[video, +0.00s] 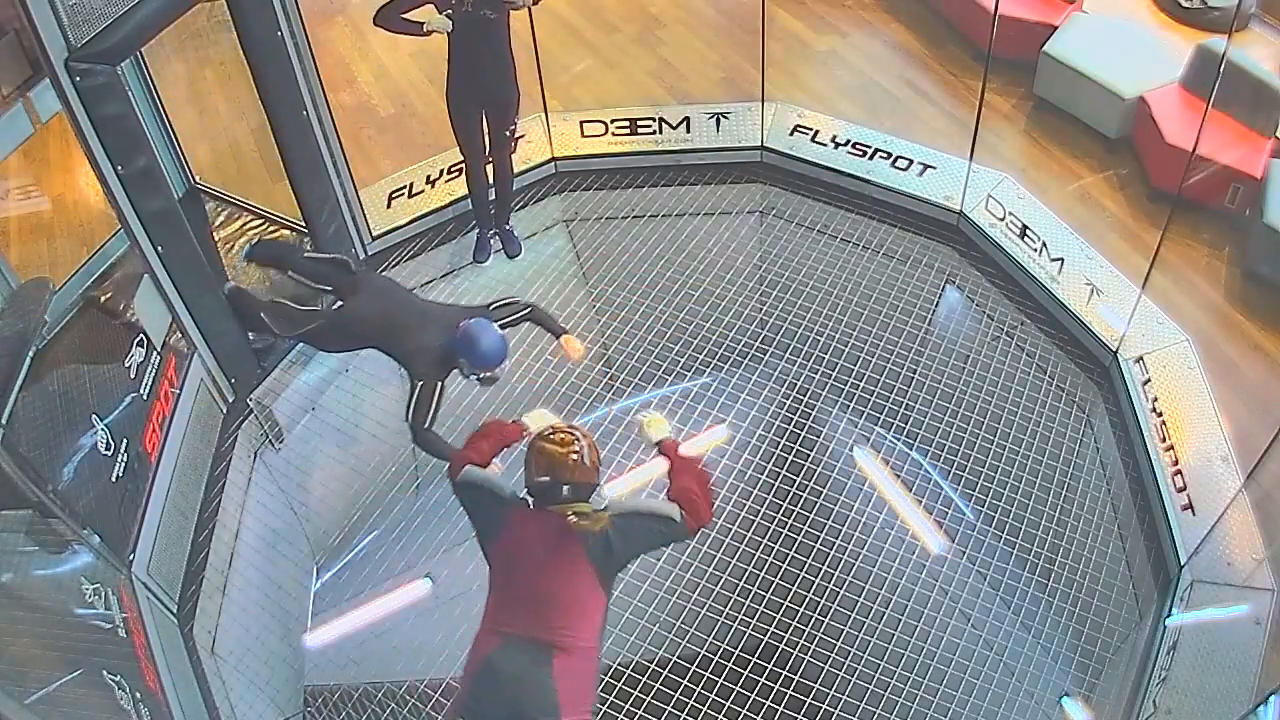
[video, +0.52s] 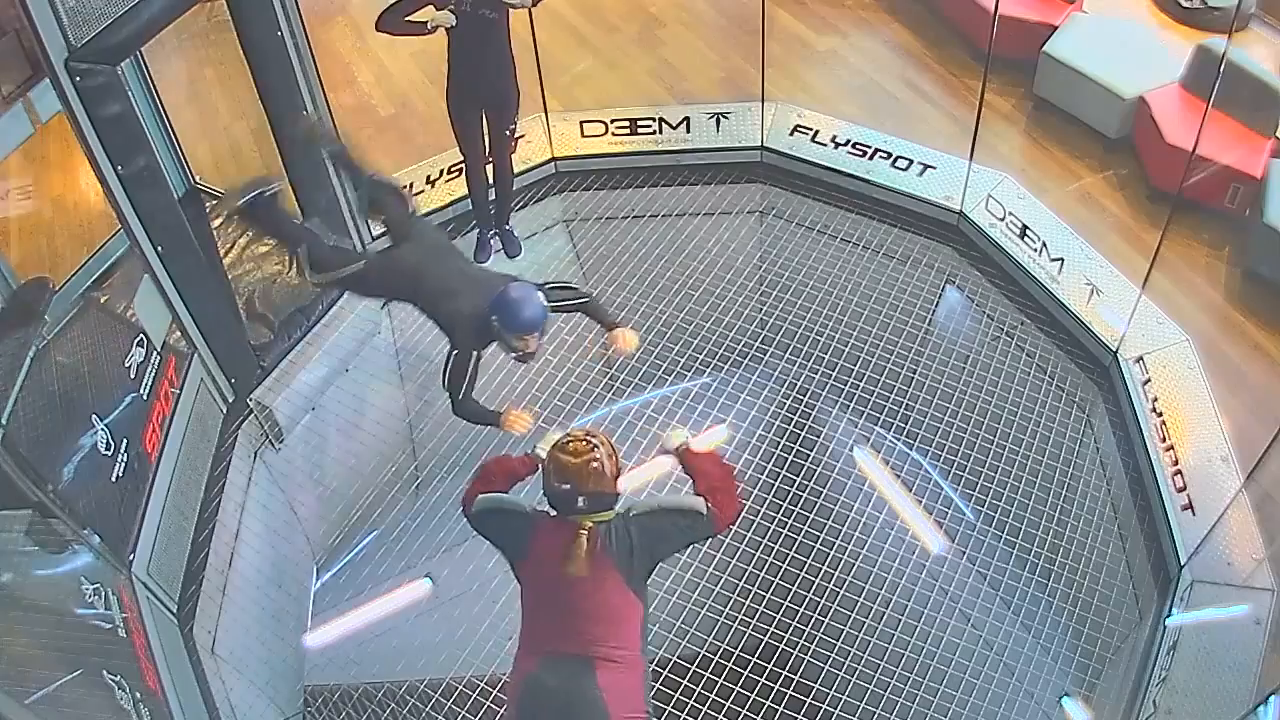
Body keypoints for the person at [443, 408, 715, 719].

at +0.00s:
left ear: (531, 478)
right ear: (594, 483)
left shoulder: (504, 519)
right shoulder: (609, 534)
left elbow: (464, 463)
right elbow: (694, 513)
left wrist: (515, 427)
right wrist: (674, 448)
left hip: (490, 677)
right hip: (563, 688)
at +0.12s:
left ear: (536, 482)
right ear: (602, 483)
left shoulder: (512, 525)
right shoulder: (617, 538)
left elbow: (460, 482)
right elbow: (704, 522)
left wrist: (505, 445)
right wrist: (660, 471)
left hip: (503, 687)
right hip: (579, 693)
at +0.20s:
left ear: (541, 484)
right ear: (606, 487)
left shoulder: (515, 527)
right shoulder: (623, 537)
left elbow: (462, 494)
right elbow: (712, 519)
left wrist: (514, 460)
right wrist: (653, 480)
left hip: (511, 691)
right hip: (587, 693)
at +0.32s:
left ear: (546, 484)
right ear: (614, 486)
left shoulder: (521, 528)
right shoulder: (632, 535)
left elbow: (468, 499)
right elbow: (715, 515)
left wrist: (533, 472)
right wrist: (658, 470)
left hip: (522, 691)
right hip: (600, 695)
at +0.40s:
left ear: (546, 484)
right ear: (613, 486)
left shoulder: (524, 530)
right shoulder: (631, 535)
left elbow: (476, 498)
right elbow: (719, 510)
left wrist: (534, 466)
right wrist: (675, 461)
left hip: (529, 691)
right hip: (605, 695)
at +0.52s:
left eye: (592, 450)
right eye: (602, 454)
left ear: (549, 488)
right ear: (615, 482)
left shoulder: (527, 533)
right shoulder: (636, 531)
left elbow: (476, 498)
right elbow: (724, 507)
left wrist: (533, 459)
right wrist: (689, 450)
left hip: (535, 692)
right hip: (612, 694)